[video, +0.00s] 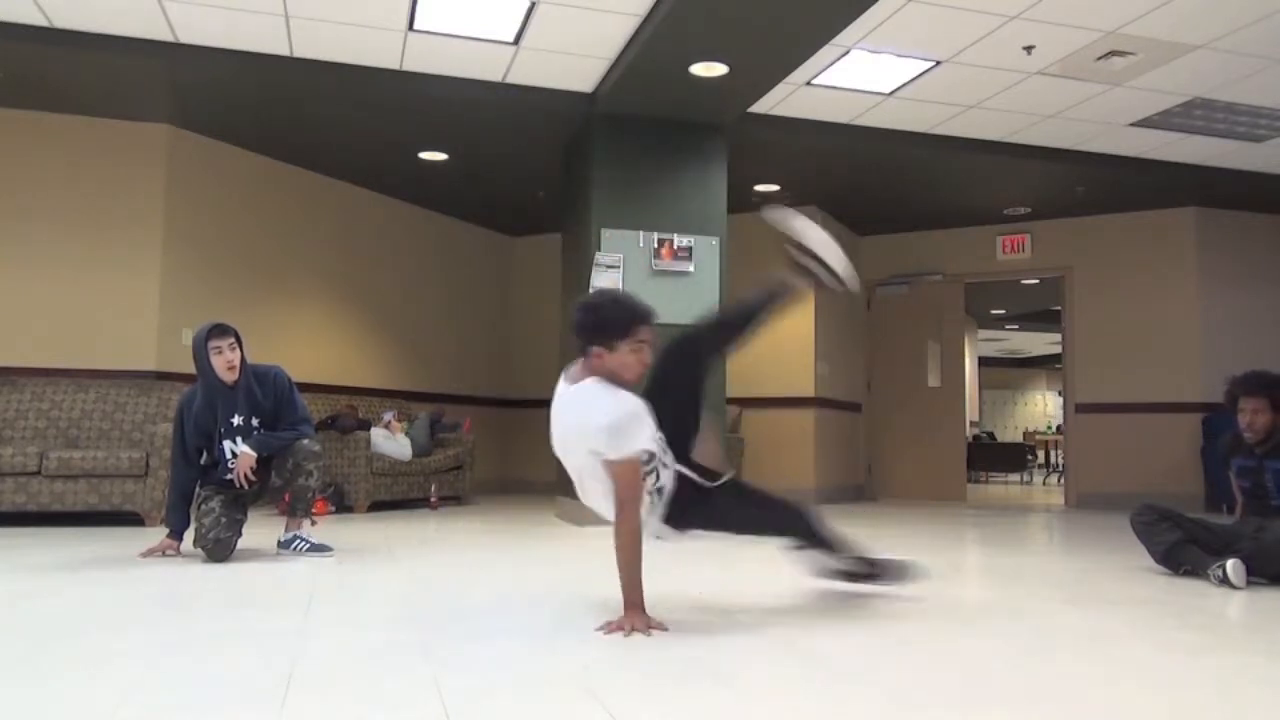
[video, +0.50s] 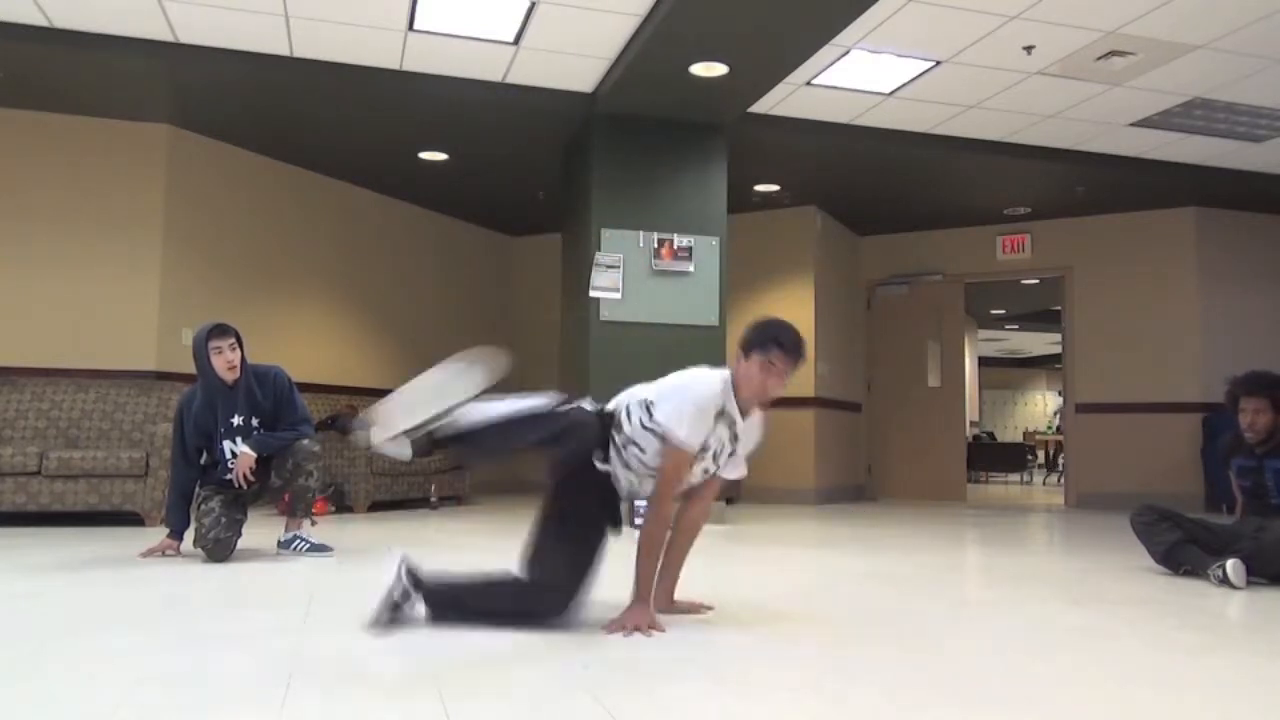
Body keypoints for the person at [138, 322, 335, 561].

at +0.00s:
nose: (229, 357)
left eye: (233, 348)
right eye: (218, 352)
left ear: (241, 350)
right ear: (204, 361)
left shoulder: (272, 381)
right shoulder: (193, 404)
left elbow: (304, 430)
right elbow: (184, 471)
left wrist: (255, 446)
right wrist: (174, 535)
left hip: (267, 476)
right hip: (220, 488)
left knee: (308, 450)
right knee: (215, 549)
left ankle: (292, 534)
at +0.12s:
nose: (229, 357)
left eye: (233, 348)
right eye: (218, 352)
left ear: (241, 350)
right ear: (204, 360)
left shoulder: (272, 380)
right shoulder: (193, 404)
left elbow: (304, 430)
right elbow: (184, 471)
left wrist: (255, 446)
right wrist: (174, 535)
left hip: (266, 476)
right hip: (220, 488)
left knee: (308, 450)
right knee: (215, 549)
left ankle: (292, 534)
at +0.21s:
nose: (229, 357)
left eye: (233, 348)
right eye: (218, 352)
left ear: (241, 350)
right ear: (204, 360)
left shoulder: (272, 381)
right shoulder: (193, 404)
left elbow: (304, 430)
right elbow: (183, 471)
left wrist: (255, 446)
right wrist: (174, 535)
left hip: (266, 476)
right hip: (220, 488)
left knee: (307, 450)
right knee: (215, 549)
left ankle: (292, 534)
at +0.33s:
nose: (230, 358)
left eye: (233, 349)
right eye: (218, 352)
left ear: (241, 350)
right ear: (204, 361)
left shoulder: (271, 380)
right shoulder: (193, 404)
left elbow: (304, 429)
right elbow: (184, 471)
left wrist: (255, 446)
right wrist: (174, 534)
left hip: (267, 476)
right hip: (220, 487)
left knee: (307, 450)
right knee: (215, 549)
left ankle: (292, 534)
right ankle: (229, 519)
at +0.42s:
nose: (229, 357)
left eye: (233, 348)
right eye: (218, 352)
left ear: (241, 350)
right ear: (204, 360)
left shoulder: (272, 381)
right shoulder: (193, 404)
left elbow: (304, 430)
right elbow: (184, 471)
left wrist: (255, 446)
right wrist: (174, 535)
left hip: (266, 476)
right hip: (220, 488)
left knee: (305, 450)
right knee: (215, 549)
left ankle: (292, 534)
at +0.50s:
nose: (229, 357)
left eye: (233, 348)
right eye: (218, 352)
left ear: (241, 350)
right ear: (204, 360)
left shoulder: (272, 381)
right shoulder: (193, 404)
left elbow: (304, 430)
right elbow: (184, 471)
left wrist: (255, 446)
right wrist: (174, 535)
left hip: (266, 476)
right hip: (220, 487)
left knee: (306, 450)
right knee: (215, 549)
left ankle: (292, 534)